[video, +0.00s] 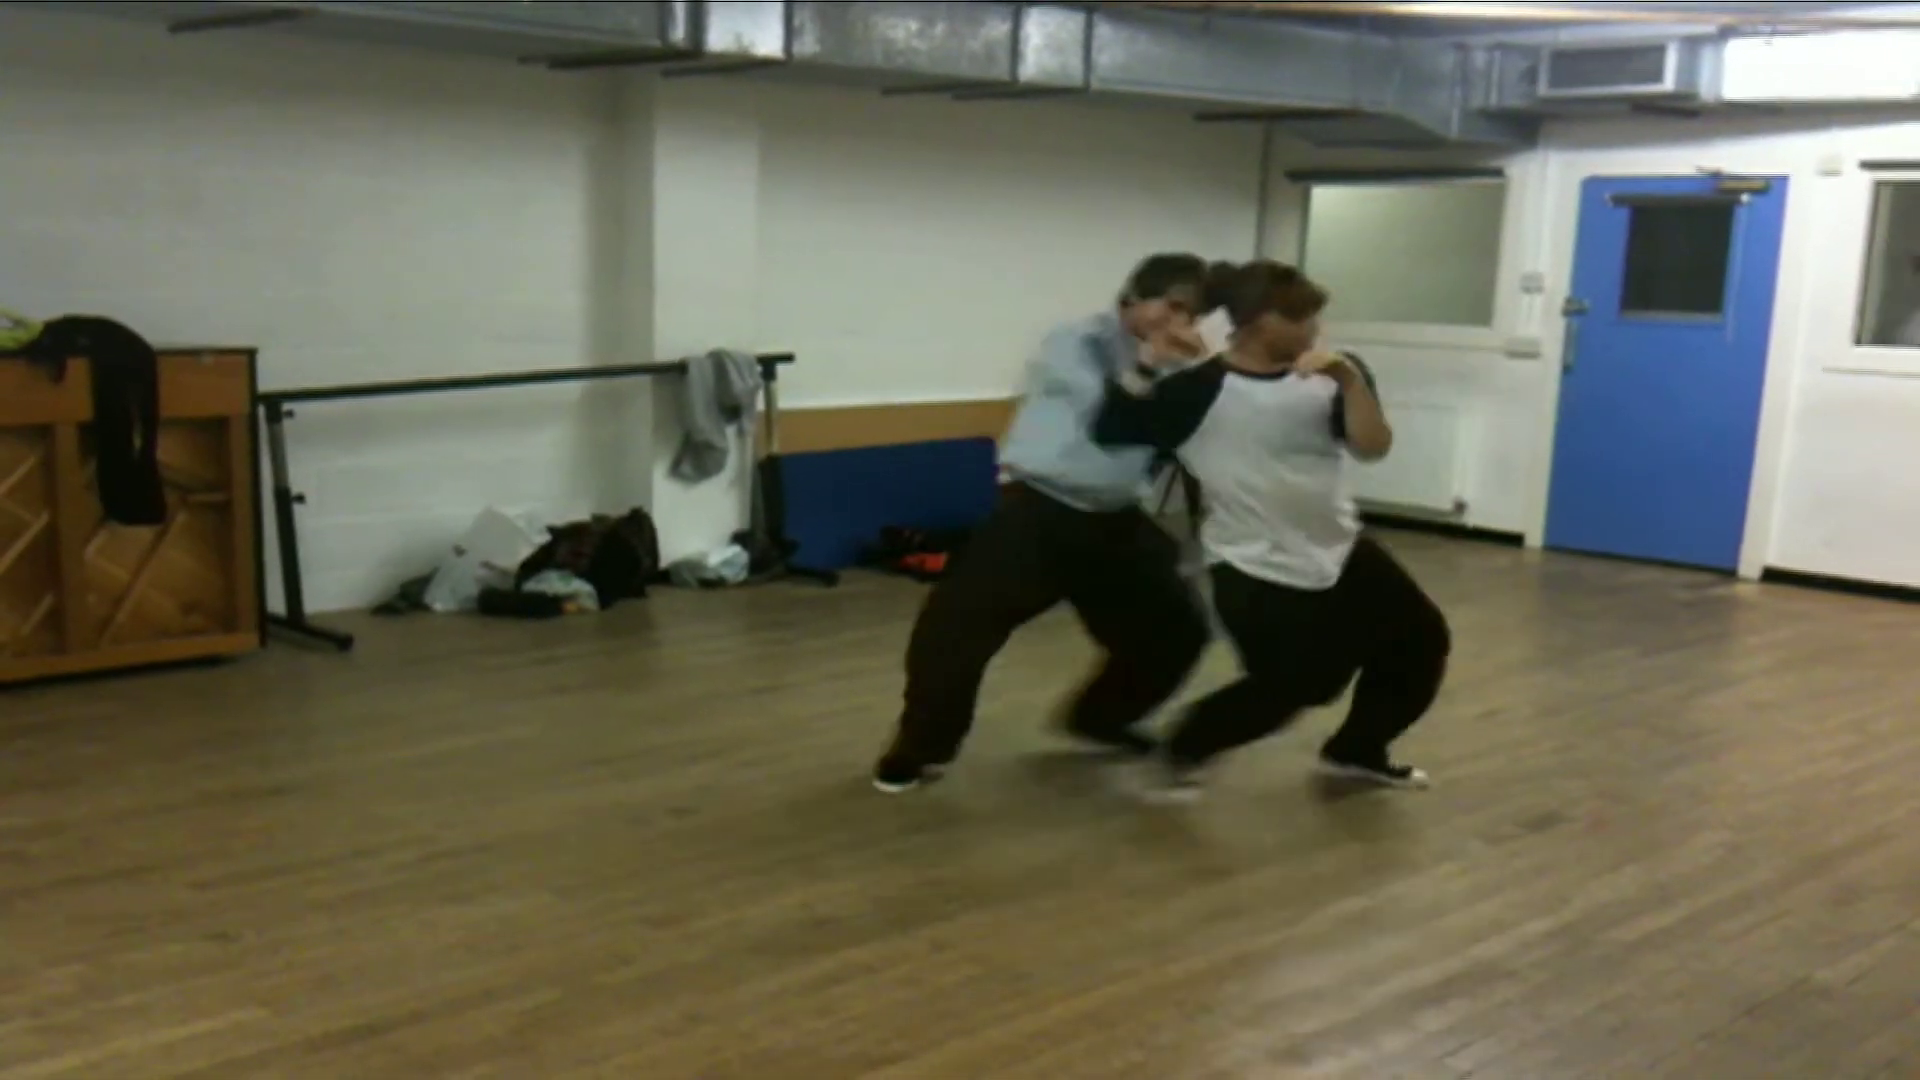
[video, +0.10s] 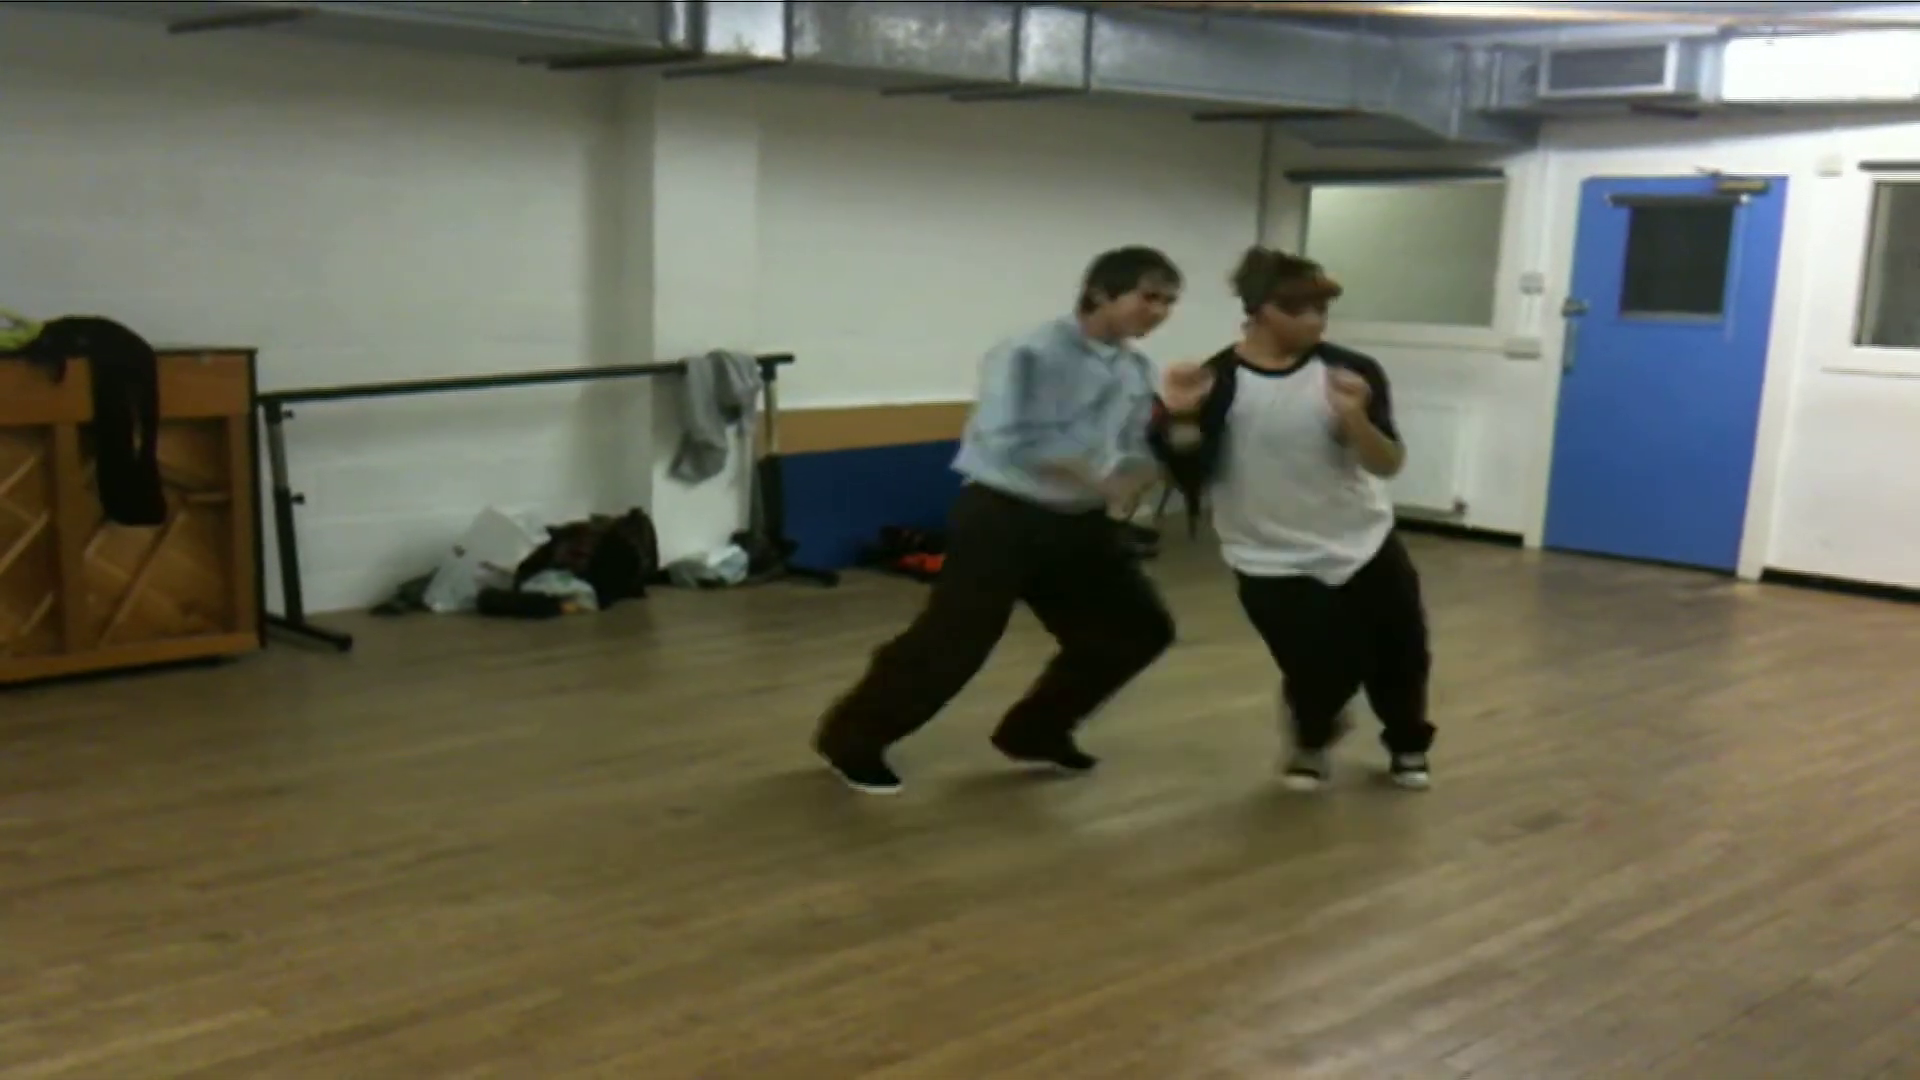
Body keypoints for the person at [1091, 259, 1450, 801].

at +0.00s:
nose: (1311, 330)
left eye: (1312, 318)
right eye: (1299, 318)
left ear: (1270, 324)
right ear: (1260, 322)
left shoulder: (1324, 386)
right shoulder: (1199, 391)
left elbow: (1372, 446)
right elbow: (1108, 428)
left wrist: (1350, 378)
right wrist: (1149, 363)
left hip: (1336, 552)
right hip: (1253, 565)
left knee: (1418, 640)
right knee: (1305, 676)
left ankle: (1358, 751)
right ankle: (1180, 748)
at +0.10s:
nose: (1314, 321)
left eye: (1320, 308)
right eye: (1298, 309)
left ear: (1327, 309)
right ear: (1259, 312)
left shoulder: (1353, 373)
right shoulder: (1214, 381)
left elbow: (1390, 463)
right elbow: (1189, 475)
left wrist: (1357, 424)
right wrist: (1181, 419)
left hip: (1361, 543)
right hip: (1270, 558)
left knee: (1401, 651)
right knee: (1324, 668)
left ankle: (1409, 748)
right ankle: (1309, 739)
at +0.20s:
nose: (1288, 321)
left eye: (1302, 310)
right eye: (1276, 308)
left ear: (1321, 315)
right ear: (1253, 310)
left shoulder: (1359, 373)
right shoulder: (1212, 385)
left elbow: (1444, 444)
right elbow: (1223, 485)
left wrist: (1422, 450)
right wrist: (1216, 454)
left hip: (1357, 549)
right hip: (1267, 566)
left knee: (1390, 659)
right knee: (1308, 675)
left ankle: (1417, 738)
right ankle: (1342, 746)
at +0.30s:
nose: (1261, 324)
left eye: (1278, 314)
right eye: (1255, 312)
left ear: (1314, 325)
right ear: (1246, 314)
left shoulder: (1353, 378)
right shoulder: (1222, 394)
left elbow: (1437, 411)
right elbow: (1204, 490)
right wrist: (1223, 468)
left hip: (1335, 549)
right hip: (1249, 562)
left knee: (1312, 655)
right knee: (1283, 678)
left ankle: (1368, 745)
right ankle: (1336, 757)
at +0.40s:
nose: (1257, 336)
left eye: (1274, 326)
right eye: (1254, 323)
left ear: (1312, 334)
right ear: (1247, 324)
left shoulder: (1351, 386)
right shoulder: (1235, 403)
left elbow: (1478, 426)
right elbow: (1212, 486)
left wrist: (1549, 507)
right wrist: (1230, 457)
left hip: (1329, 553)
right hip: (1243, 566)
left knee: (1249, 643)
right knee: (1261, 680)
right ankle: (1346, 754)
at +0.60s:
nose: (1268, 308)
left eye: (1285, 299)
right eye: (1265, 295)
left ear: (1323, 308)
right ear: (1257, 296)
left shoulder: (1372, 367)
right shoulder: (1230, 355)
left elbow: (1449, 427)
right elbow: (1199, 418)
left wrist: (1474, 499)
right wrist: (1272, 417)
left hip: (1290, 545)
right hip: (1209, 539)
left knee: (1209, 662)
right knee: (1196, 668)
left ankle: (1167, 802)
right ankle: (1303, 726)